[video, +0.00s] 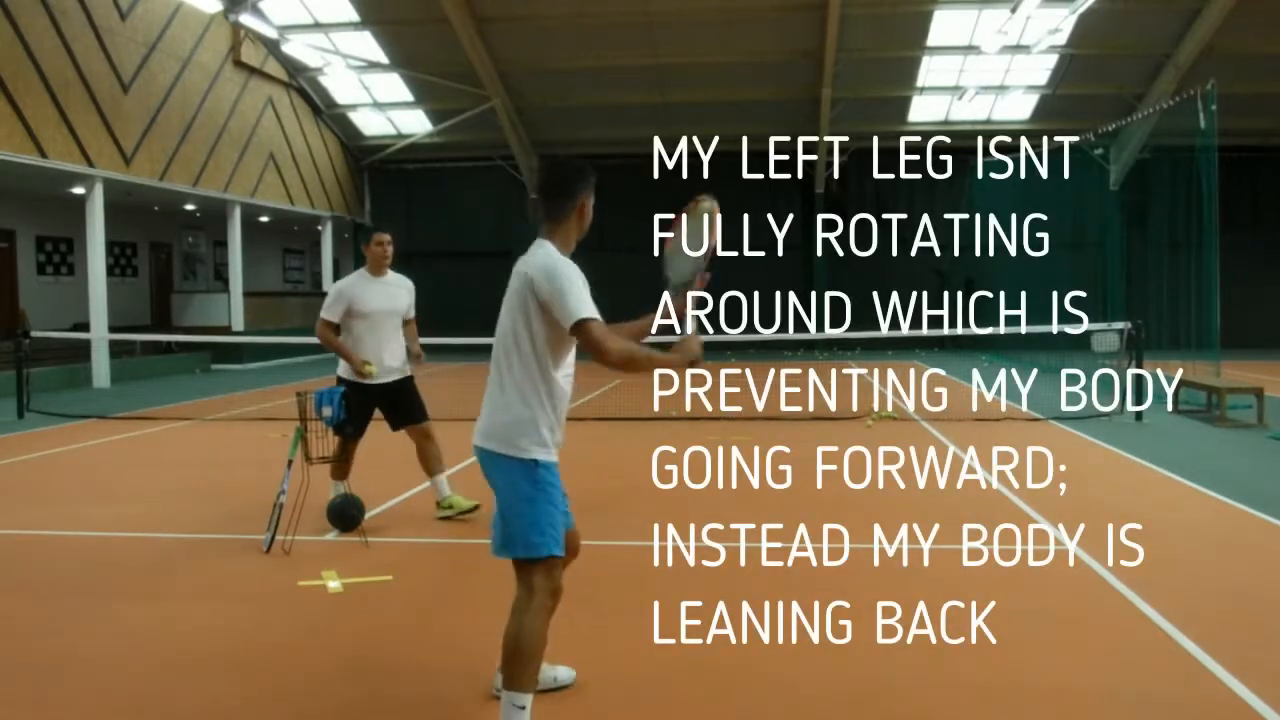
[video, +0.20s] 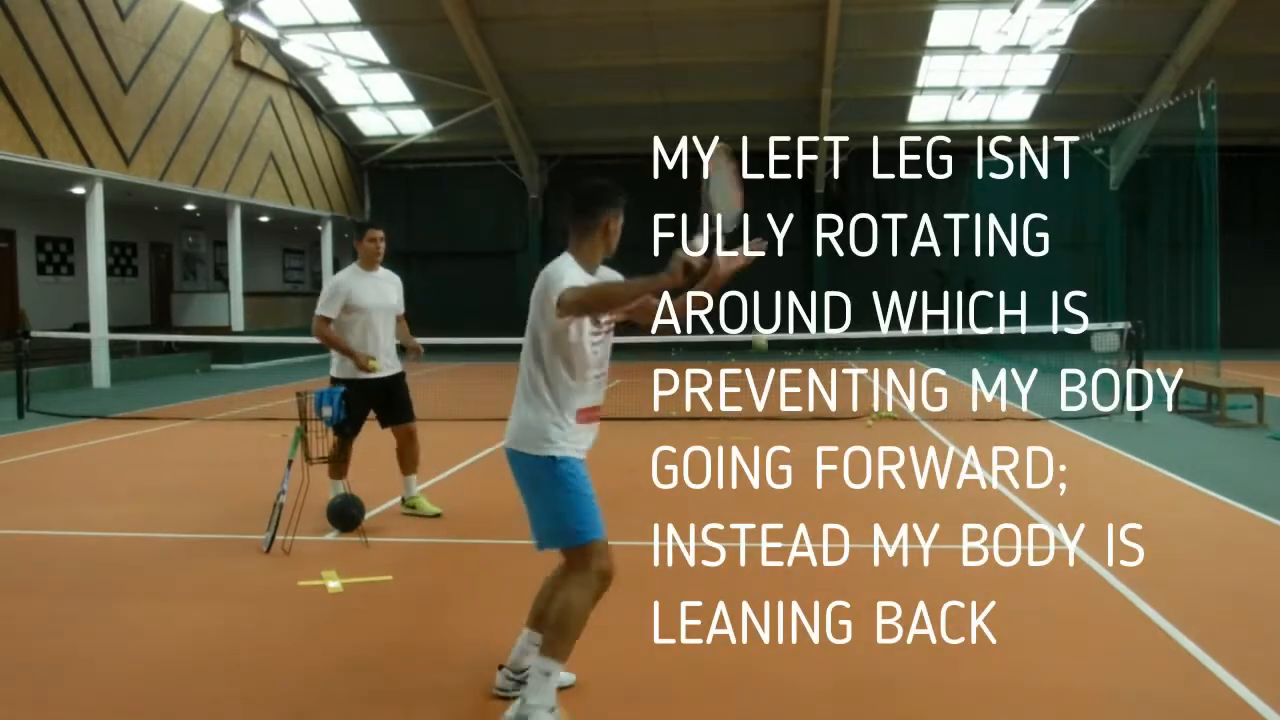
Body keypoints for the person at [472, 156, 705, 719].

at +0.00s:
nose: (593, 212)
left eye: (591, 203)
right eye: (592, 203)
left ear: (544, 205)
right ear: (583, 206)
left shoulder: (541, 263)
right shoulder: (555, 269)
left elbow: (595, 336)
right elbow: (608, 351)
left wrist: (657, 321)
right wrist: (674, 357)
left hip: (519, 442)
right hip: (519, 446)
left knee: (564, 544)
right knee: (539, 585)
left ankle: (518, 668)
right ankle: (515, 709)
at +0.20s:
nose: (619, 229)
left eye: (618, 221)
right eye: (618, 220)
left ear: (577, 222)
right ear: (608, 223)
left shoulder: (594, 279)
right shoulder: (558, 275)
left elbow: (651, 310)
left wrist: (712, 280)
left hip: (559, 442)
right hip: (546, 444)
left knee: (580, 561)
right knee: (595, 568)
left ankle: (520, 666)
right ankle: (535, 703)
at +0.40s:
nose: (649, 229)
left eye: (652, 221)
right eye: (642, 220)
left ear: (653, 226)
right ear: (622, 221)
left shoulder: (653, 265)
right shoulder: (587, 258)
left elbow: (702, 298)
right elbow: (548, 283)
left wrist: (753, 283)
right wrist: (606, 256)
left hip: (605, 423)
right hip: (575, 422)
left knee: (614, 535)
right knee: (636, 535)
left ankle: (535, 632)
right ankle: (628, 659)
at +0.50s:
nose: (680, 245)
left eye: (682, 236)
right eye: (674, 234)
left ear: (678, 242)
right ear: (654, 234)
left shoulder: (671, 284)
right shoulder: (605, 273)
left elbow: (729, 315)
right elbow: (555, 307)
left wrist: (788, 306)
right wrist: (588, 287)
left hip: (620, 427)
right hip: (591, 428)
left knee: (649, 527)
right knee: (663, 531)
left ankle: (567, 602)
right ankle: (634, 659)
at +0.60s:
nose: (691, 262)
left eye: (691, 253)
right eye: (685, 254)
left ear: (668, 258)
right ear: (662, 256)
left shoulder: (684, 298)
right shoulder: (618, 296)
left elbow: (739, 332)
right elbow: (577, 341)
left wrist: (803, 352)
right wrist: (593, 331)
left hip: (635, 438)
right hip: (603, 441)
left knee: (686, 511)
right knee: (669, 537)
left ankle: (626, 599)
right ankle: (635, 658)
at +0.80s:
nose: (715, 262)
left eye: (713, 254)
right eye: (709, 254)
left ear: (686, 262)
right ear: (688, 260)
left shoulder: (706, 300)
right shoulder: (654, 310)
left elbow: (751, 333)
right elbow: (642, 373)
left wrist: (803, 361)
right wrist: (626, 419)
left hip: (663, 430)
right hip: (633, 432)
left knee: (701, 505)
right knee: (677, 533)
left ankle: (655, 599)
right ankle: (637, 654)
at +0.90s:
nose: (721, 249)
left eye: (718, 240)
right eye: (718, 241)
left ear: (686, 240)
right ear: (706, 244)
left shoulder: (666, 276)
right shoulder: (689, 287)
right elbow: (689, 361)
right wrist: (692, 424)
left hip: (644, 409)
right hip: (667, 417)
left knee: (673, 509)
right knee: (694, 515)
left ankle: (654, 598)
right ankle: (657, 621)